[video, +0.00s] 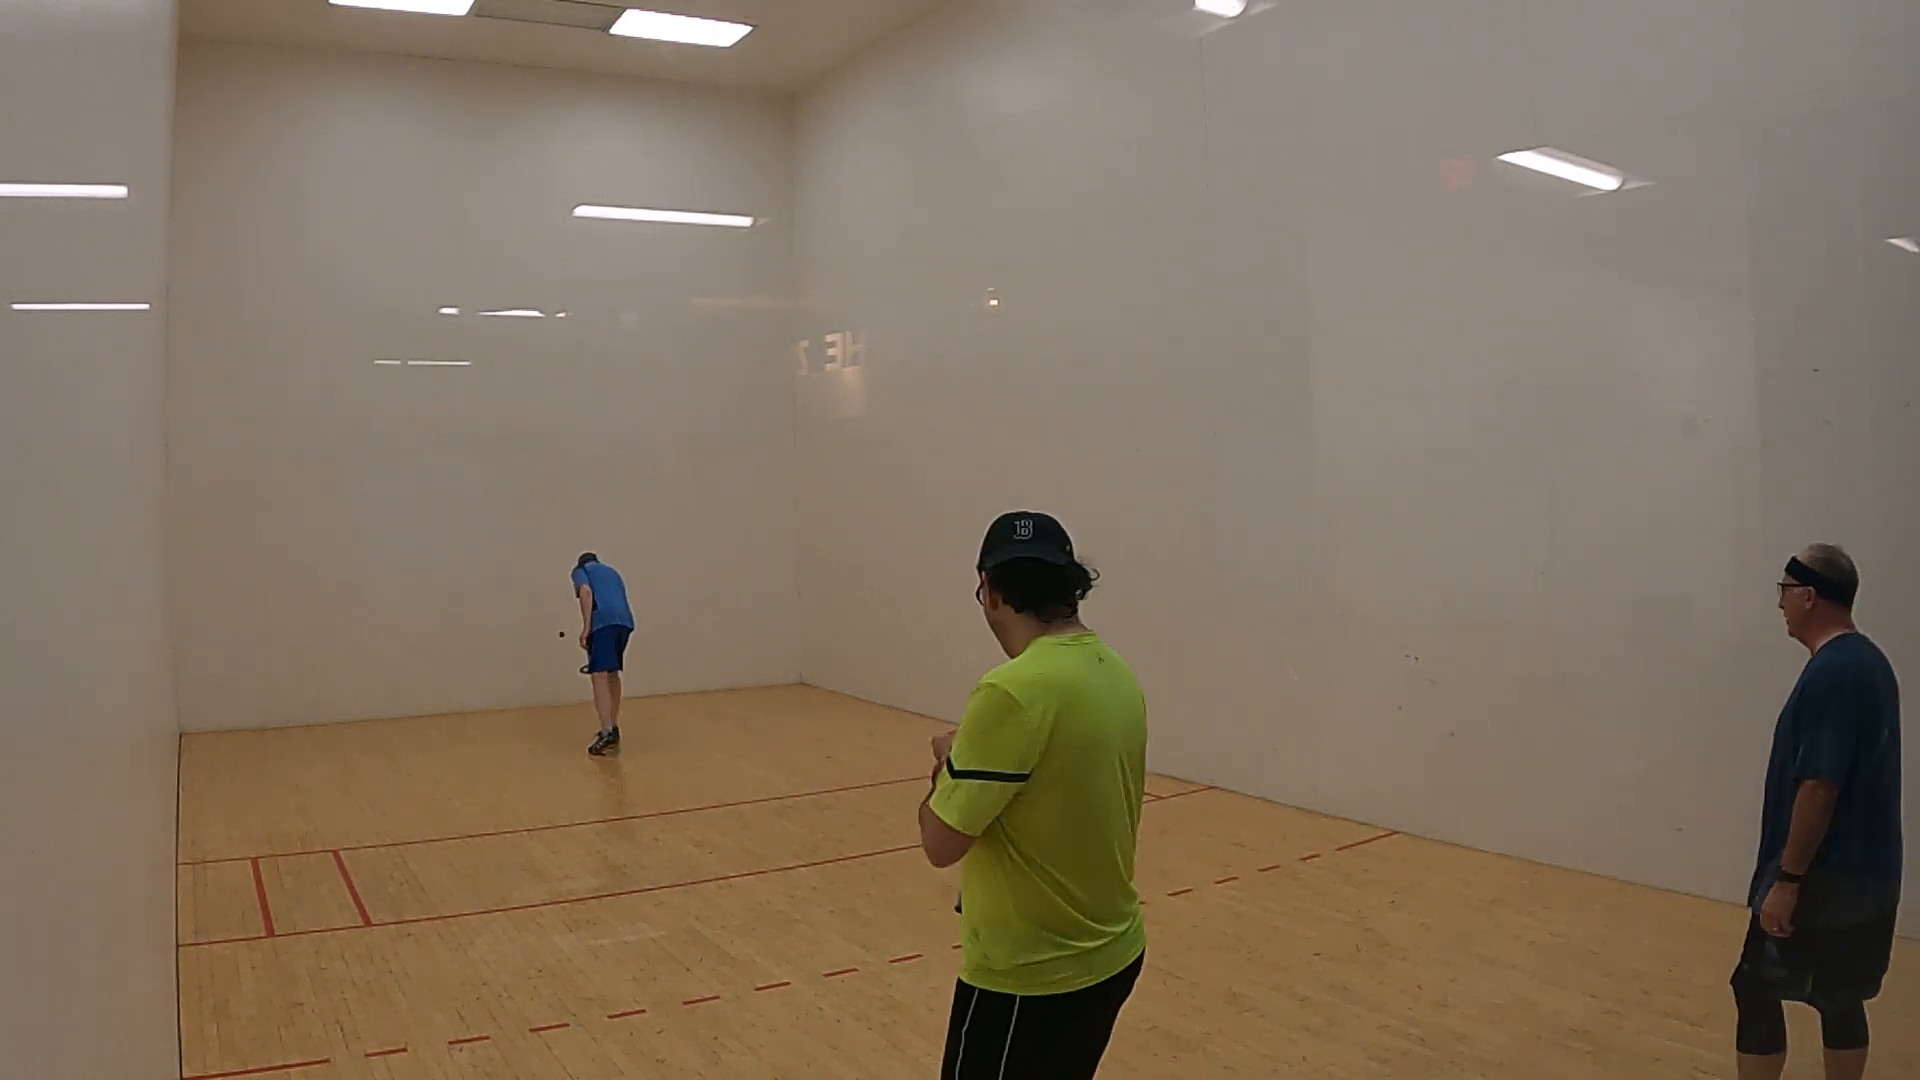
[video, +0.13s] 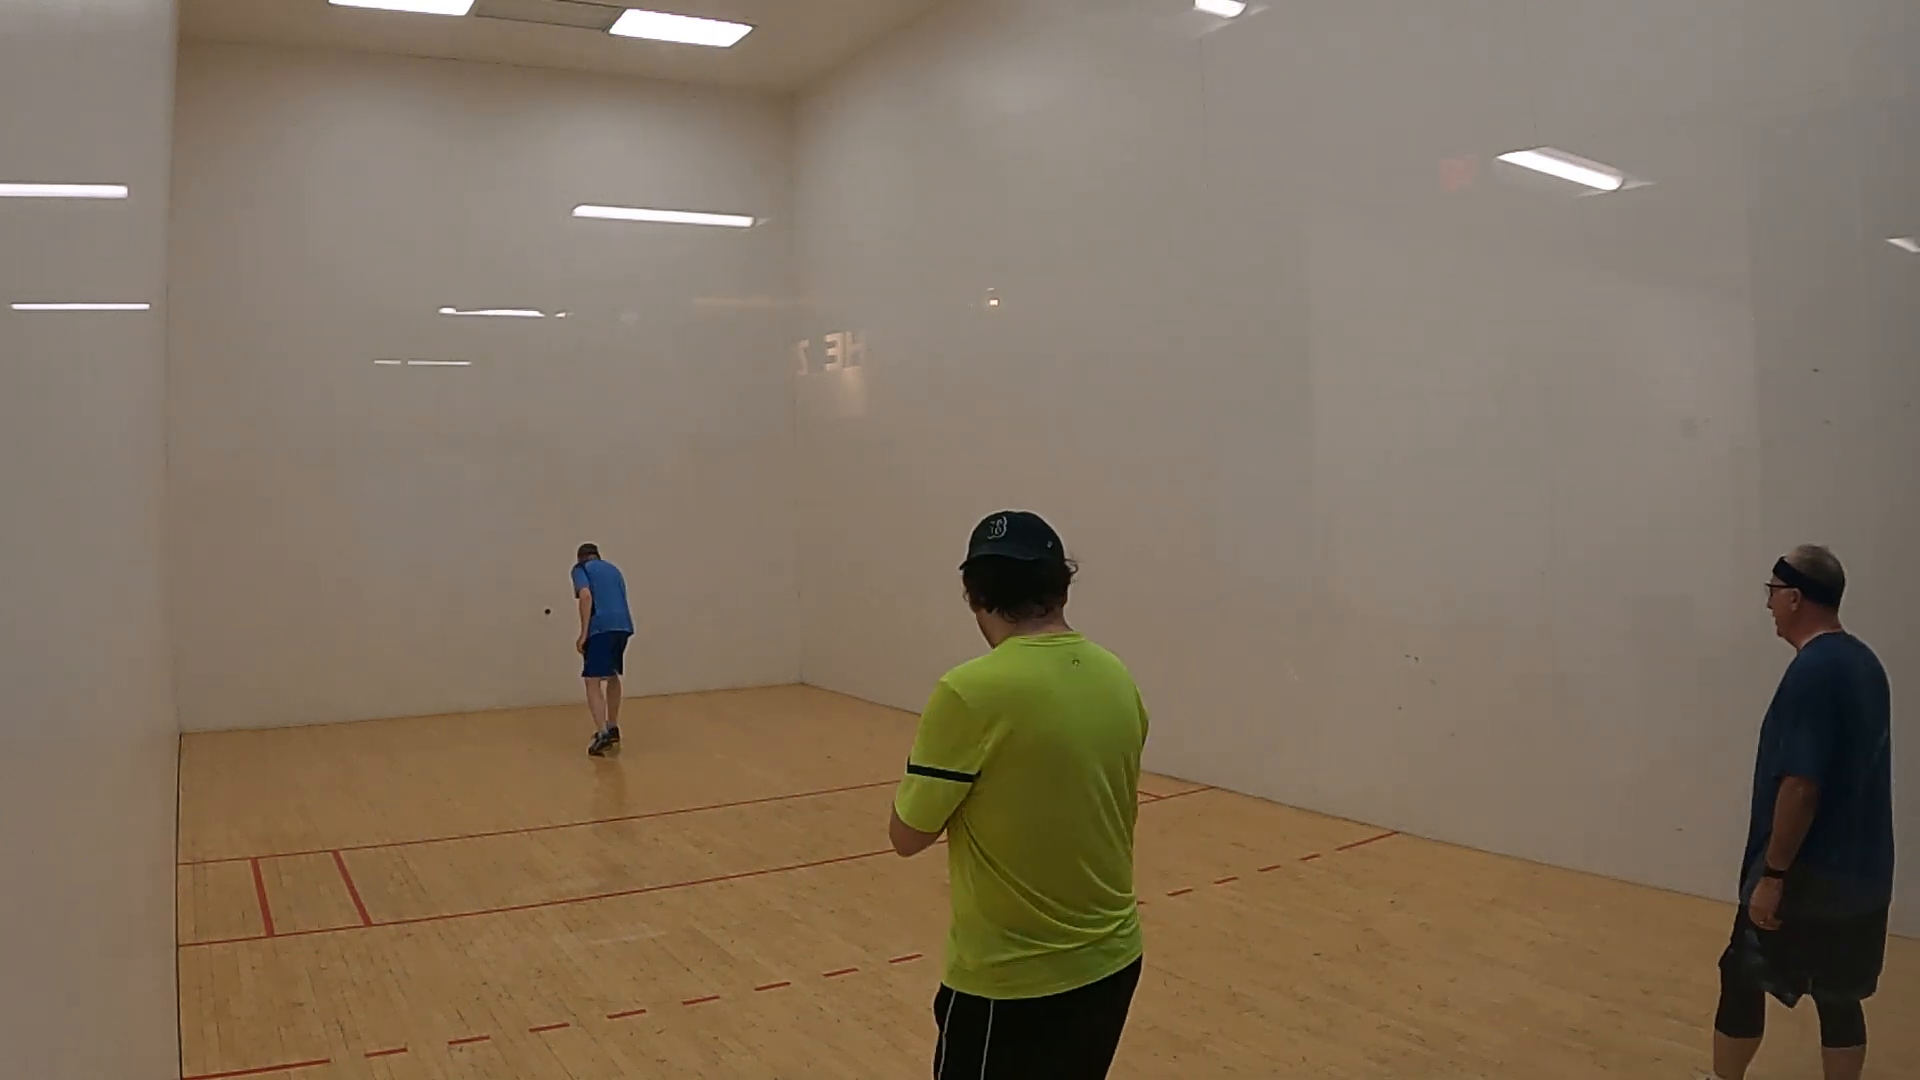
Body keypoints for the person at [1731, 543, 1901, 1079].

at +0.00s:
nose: (1780, 600)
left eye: (1786, 589)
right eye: (1782, 589)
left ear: (1812, 597)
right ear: (1835, 599)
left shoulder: (1833, 670)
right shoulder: (1869, 663)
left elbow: (1818, 787)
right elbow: (1858, 787)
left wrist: (1786, 881)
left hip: (1816, 881)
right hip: (1861, 881)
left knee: (1754, 988)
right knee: (1841, 997)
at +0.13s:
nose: (1769, 600)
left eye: (1774, 590)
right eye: (1771, 589)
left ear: (1796, 598)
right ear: (1826, 599)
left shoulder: (1812, 671)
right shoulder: (1864, 663)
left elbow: (1799, 785)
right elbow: (1860, 783)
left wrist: (1772, 875)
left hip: (1801, 879)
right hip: (1856, 880)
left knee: (1742, 978)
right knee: (1839, 994)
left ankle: (1724, 1075)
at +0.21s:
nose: (1758, 602)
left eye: (1762, 592)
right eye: (1759, 591)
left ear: (1783, 600)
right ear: (1819, 600)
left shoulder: (1792, 671)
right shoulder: (1859, 666)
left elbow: (1784, 785)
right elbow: (1869, 760)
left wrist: (1761, 873)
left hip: (1785, 877)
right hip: (1850, 878)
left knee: (1733, 973)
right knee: (1836, 993)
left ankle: (1706, 1075)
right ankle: (1842, 1079)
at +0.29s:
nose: (1744, 602)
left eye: (1748, 593)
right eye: (1746, 592)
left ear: (1769, 600)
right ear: (1804, 602)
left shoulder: (1772, 672)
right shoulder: (1847, 665)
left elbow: (1765, 785)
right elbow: (1862, 758)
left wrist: (1746, 871)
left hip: (1774, 875)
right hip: (1841, 877)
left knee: (1724, 970)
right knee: (1832, 993)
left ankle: (1699, 1072)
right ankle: (1839, 1079)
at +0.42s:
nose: (1723, 604)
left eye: (1726, 595)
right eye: (1724, 594)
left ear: (1744, 602)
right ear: (1780, 601)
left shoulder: (1738, 672)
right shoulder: (1823, 664)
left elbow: (1732, 782)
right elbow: (1847, 759)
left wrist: (1715, 866)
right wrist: (1837, 829)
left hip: (1751, 870)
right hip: (1820, 868)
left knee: (1707, 965)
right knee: (1818, 987)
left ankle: (1693, 1072)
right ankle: (1833, 1079)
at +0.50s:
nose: (1707, 605)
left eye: (1709, 595)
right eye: (1707, 595)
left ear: (1724, 601)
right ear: (1764, 599)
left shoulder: (1722, 669)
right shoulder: (1809, 662)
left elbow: (1707, 778)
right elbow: (1833, 756)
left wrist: (1688, 859)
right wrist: (1821, 829)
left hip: (1733, 862)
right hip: (1802, 863)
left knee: (1695, 957)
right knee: (1802, 983)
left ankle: (1692, 1071)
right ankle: (1825, 1076)